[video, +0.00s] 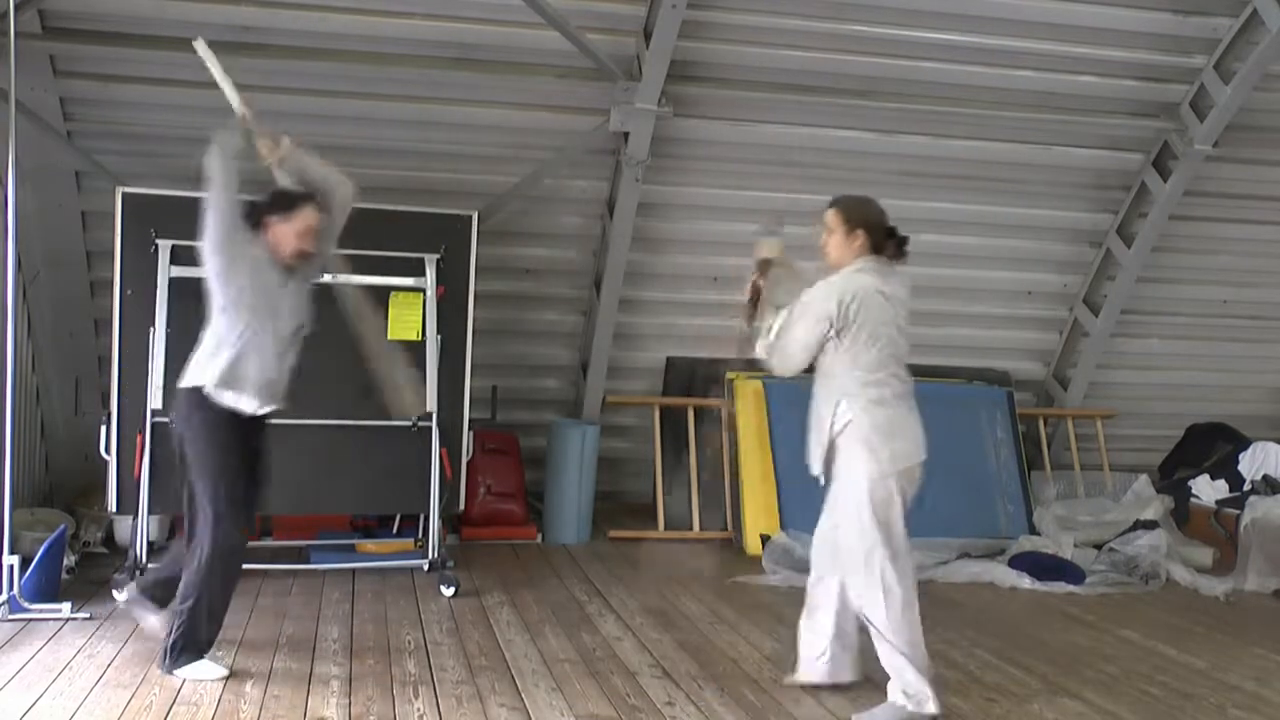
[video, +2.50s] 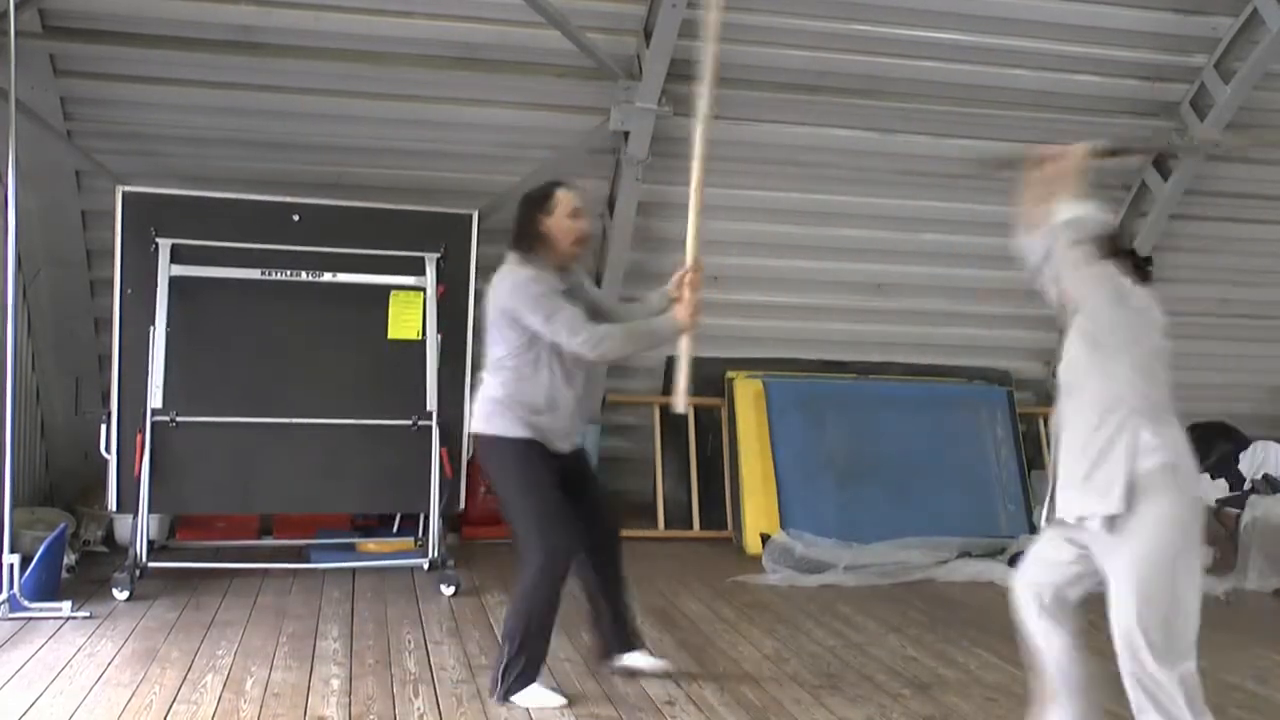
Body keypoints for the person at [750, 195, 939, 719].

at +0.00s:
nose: (822, 242)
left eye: (829, 232)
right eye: (823, 232)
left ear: (857, 239)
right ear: (866, 239)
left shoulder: (834, 290)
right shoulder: (892, 286)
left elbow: (785, 358)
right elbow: (826, 307)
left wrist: (764, 315)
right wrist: (779, 281)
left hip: (865, 447)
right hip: (902, 443)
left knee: (875, 564)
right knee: (830, 549)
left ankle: (914, 694)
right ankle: (826, 663)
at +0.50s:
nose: (916, 242)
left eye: (924, 235)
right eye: (918, 234)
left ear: (950, 244)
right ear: (957, 244)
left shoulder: (914, 282)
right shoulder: (977, 280)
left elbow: (859, 241)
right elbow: (949, 230)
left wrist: (858, 195)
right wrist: (911, 185)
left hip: (949, 445)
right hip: (993, 438)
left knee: (917, 577)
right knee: (982, 563)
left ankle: (910, 701)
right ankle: (994, 668)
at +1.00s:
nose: (1003, 272)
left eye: (1009, 264)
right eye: (1004, 263)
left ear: (1035, 266)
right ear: (1040, 267)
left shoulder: (1032, 305)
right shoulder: (1051, 309)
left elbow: (973, 357)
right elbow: (1007, 391)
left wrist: (933, 359)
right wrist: (947, 383)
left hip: (1061, 457)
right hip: (1035, 460)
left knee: (1075, 581)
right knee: (994, 560)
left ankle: (1173, 682)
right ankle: (991, 675)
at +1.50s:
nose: (1124, 271)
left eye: (1131, 261)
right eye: (1125, 261)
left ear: (1161, 265)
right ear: (1172, 266)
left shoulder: (1156, 317)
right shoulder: (1198, 305)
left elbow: (1075, 361)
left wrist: (1066, 302)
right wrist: (1075, 299)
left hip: (1210, 468)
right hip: (1259, 458)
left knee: (1164, 580)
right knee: (1258, 588)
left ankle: (1198, 706)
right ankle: (1277, 699)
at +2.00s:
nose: (1164, 259)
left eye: (1170, 249)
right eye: (1164, 249)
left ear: (1195, 248)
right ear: (1209, 250)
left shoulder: (1223, 284)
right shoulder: (1187, 307)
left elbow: (1150, 259)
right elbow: (1117, 351)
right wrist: (1088, 305)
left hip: (1228, 476)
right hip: (1212, 477)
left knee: (1180, 611)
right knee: (1245, 607)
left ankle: (1183, 707)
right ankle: (1263, 703)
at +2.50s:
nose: (1065, 281)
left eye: (1079, 265)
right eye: (1066, 271)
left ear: (1108, 264)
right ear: (1092, 270)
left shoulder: (1128, 308)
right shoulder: (1093, 318)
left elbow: (1080, 251)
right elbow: (1043, 255)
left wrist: (1069, 183)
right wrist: (1038, 189)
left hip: (1151, 502)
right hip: (1094, 505)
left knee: (1151, 655)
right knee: (1035, 585)